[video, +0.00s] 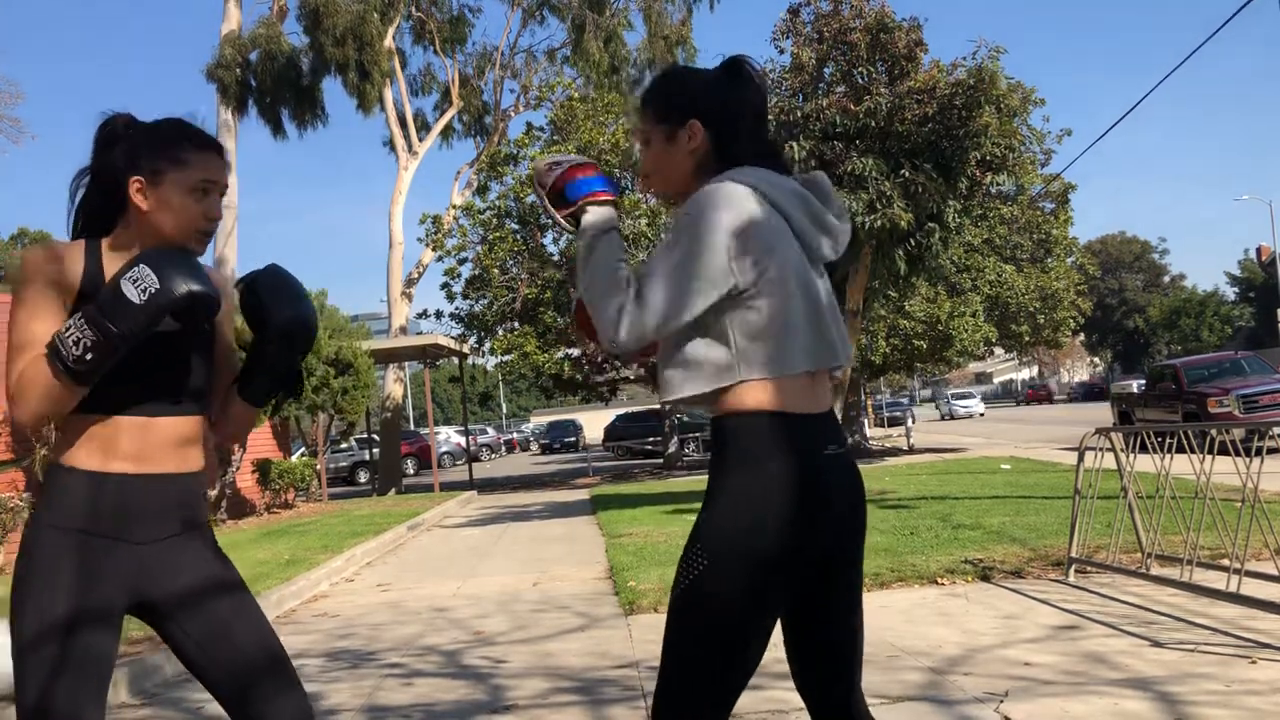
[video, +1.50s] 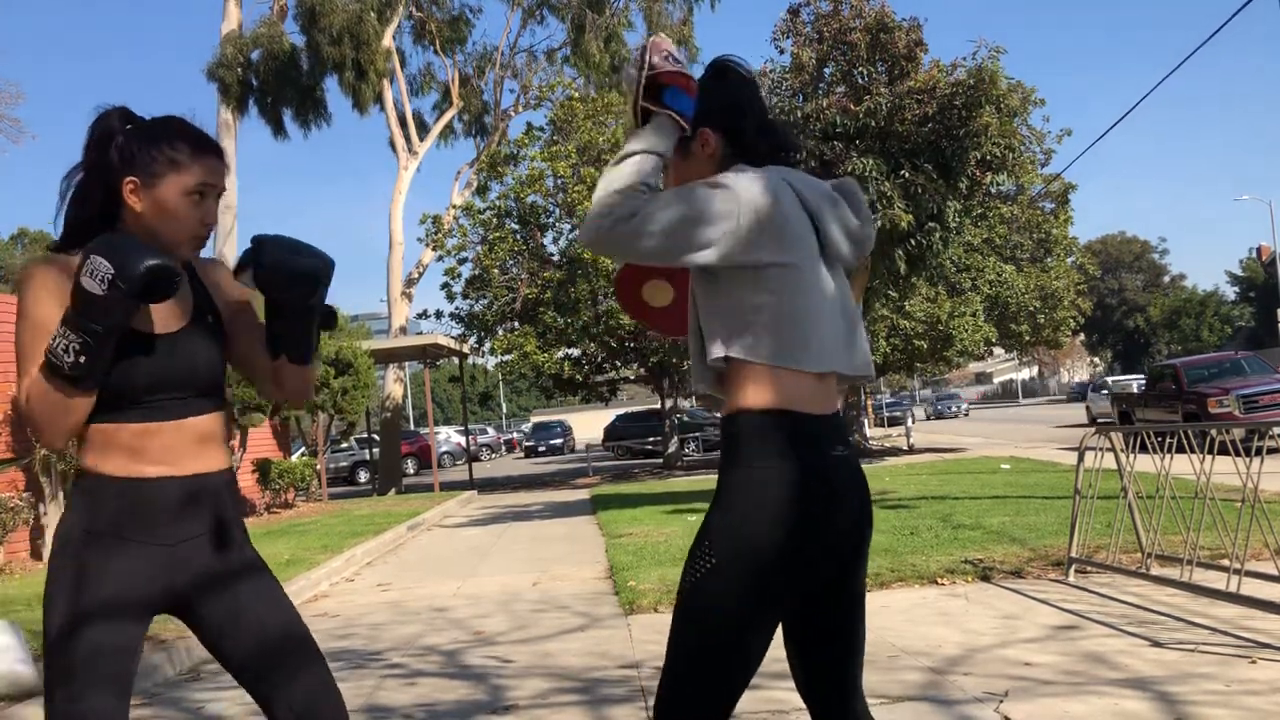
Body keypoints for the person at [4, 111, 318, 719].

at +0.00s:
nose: (218, 212)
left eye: (220, 195)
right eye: (204, 192)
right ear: (142, 192)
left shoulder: (210, 289)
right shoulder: (56, 265)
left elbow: (222, 429)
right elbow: (27, 411)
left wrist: (275, 360)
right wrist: (109, 321)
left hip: (183, 535)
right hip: (74, 536)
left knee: (284, 708)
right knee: (57, 710)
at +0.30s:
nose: (222, 217)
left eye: (226, 201)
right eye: (209, 198)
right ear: (147, 194)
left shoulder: (213, 288)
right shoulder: (60, 263)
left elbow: (257, 415)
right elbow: (71, 405)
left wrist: (299, 336)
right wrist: (140, 301)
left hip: (183, 533)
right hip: (77, 534)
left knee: (288, 707)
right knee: (59, 709)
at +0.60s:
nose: (211, 204)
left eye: (212, 188)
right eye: (195, 186)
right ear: (131, 188)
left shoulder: (220, 267)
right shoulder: (62, 271)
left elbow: (342, 322)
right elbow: (48, 421)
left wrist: (351, 255)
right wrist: (90, 312)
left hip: (208, 529)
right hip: (99, 533)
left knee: (313, 706)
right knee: (79, 711)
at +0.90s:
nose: (229, 225)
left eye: (234, 208)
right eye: (216, 206)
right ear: (151, 199)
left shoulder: (232, 273)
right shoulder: (74, 279)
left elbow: (339, 360)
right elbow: (76, 436)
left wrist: (360, 274)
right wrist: (112, 327)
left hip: (224, 536)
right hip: (115, 537)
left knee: (330, 707)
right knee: (83, 711)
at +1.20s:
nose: (218, 227)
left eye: (223, 212)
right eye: (205, 207)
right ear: (142, 199)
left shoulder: (212, 289)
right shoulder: (54, 280)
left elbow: (257, 419)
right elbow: (59, 430)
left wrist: (280, 316)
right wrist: (103, 319)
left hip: (202, 541)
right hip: (94, 543)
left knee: (313, 708)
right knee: (70, 710)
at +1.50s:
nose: (213, 215)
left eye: (216, 198)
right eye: (200, 196)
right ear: (134, 193)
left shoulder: (214, 282)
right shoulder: (56, 279)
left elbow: (291, 389)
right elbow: (47, 429)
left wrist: (297, 310)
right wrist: (94, 319)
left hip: (215, 531)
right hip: (107, 536)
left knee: (318, 707)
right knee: (84, 711)